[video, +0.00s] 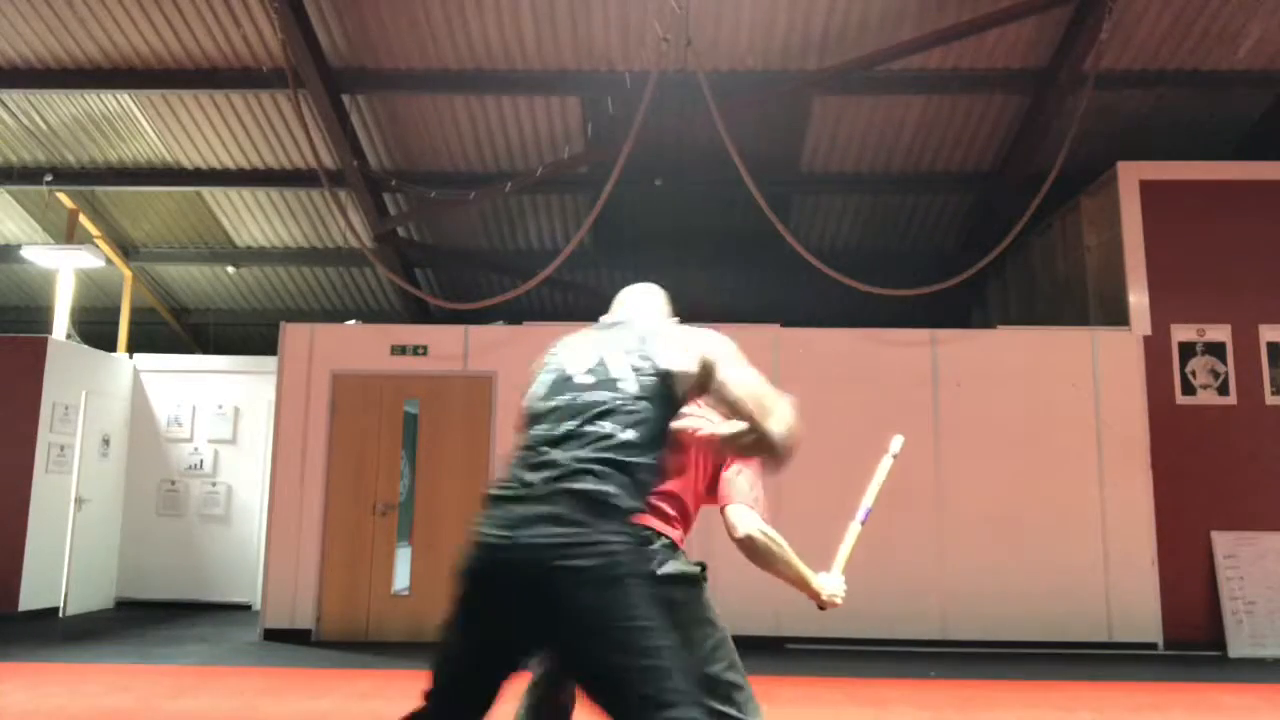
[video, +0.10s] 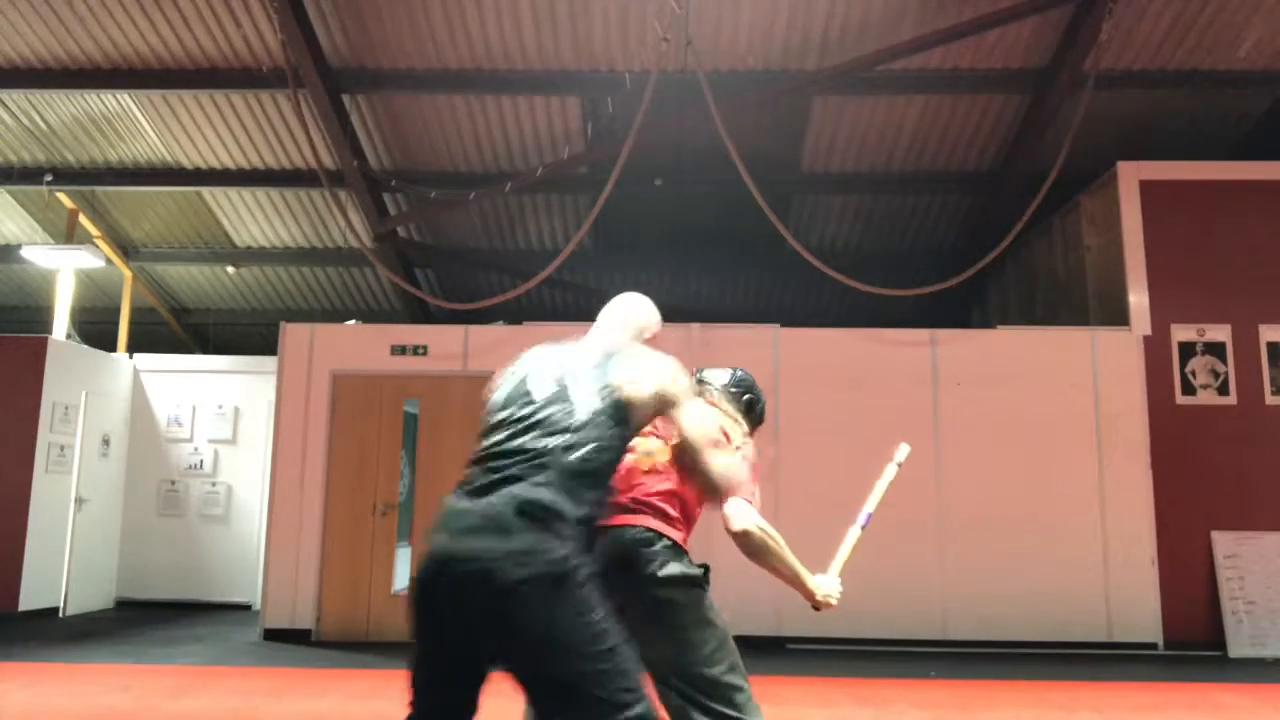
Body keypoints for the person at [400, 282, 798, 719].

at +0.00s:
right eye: (667, 314)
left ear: (609, 317)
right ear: (668, 317)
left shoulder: (558, 351)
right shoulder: (693, 341)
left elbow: (528, 431)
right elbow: (778, 430)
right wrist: (718, 435)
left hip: (501, 548)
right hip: (594, 552)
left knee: (450, 705)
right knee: (667, 708)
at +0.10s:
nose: (651, 343)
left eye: (649, 335)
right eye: (650, 335)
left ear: (597, 320)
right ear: (643, 331)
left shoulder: (518, 366)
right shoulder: (649, 365)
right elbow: (720, 476)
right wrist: (735, 462)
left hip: (447, 557)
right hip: (535, 561)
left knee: (437, 709)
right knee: (622, 709)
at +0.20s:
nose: (650, 364)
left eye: (651, 355)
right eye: (649, 354)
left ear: (586, 333)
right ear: (636, 344)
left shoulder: (501, 373)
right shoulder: (631, 381)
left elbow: (455, 456)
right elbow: (697, 488)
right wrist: (730, 467)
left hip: (432, 570)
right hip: (518, 574)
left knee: (429, 708)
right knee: (600, 709)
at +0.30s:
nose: (619, 392)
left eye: (625, 385)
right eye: (621, 382)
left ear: (568, 348)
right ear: (599, 355)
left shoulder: (475, 385)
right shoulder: (593, 402)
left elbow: (441, 473)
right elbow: (614, 492)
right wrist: (666, 528)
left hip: (407, 595)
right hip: (499, 599)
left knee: (420, 710)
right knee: (575, 710)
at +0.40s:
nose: (612, 400)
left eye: (619, 391)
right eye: (615, 388)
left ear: (564, 354)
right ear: (596, 359)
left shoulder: (476, 391)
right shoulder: (581, 405)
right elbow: (573, 494)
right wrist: (637, 549)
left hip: (395, 610)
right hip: (484, 614)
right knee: (573, 706)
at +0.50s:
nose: (613, 398)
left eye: (622, 386)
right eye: (619, 382)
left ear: (563, 352)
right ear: (601, 360)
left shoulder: (483, 401)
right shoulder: (565, 409)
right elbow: (515, 488)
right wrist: (590, 559)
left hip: (379, 615)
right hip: (457, 621)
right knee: (547, 708)